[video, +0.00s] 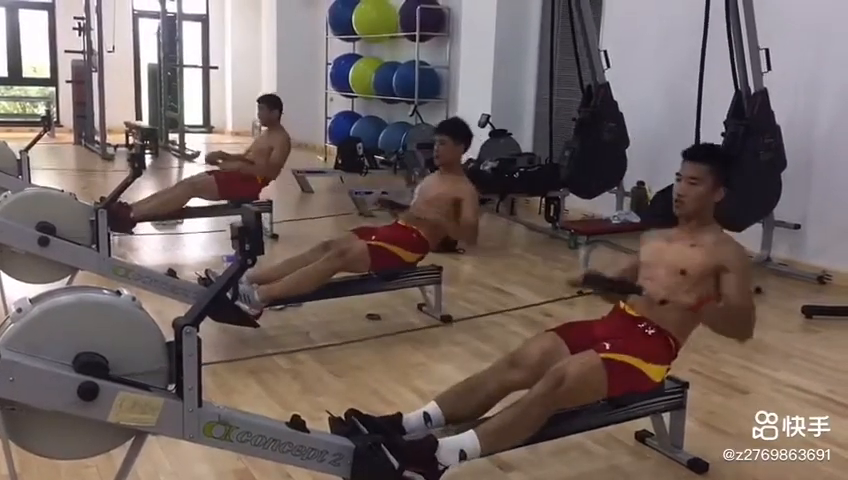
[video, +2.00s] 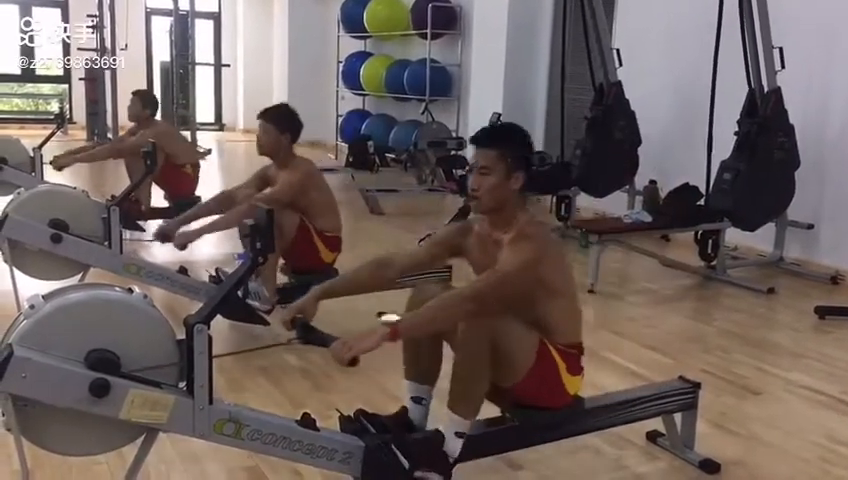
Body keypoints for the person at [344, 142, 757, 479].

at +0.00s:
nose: (681, 189)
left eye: (693, 183)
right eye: (680, 180)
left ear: (718, 193)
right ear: (677, 184)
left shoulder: (729, 252)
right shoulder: (658, 234)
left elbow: (743, 327)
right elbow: (633, 279)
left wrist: (697, 301)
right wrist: (601, 276)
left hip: (651, 347)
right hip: (612, 325)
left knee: (557, 381)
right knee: (518, 362)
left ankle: (444, 456)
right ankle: (405, 428)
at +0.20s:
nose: (657, 180)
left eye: (669, 173)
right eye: (656, 170)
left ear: (697, 182)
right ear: (653, 173)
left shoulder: (702, 236)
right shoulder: (632, 230)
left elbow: (700, 315)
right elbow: (585, 279)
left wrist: (638, 314)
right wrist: (548, 290)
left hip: (649, 347)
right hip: (604, 330)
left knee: (557, 388)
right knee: (514, 370)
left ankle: (438, 461)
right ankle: (406, 429)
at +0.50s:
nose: (632, 179)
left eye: (644, 171)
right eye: (631, 169)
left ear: (674, 177)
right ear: (629, 172)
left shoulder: (684, 238)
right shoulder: (614, 229)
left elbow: (645, 312)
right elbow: (555, 269)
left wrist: (584, 331)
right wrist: (504, 298)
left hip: (649, 348)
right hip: (607, 332)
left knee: (557, 394)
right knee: (515, 374)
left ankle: (444, 462)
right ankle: (407, 430)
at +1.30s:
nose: (591, 178)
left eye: (603, 168)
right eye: (590, 167)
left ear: (635, 177)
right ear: (586, 169)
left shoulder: (648, 234)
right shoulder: (580, 224)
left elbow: (595, 295)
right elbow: (509, 264)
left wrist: (525, 329)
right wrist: (450, 292)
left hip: (637, 354)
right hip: (591, 329)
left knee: (542, 358)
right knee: (499, 342)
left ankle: (449, 456)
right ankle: (414, 428)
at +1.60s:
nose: (551, 177)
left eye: (563, 168)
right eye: (550, 166)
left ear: (593, 175)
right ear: (547, 167)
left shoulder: (608, 236)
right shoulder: (542, 225)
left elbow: (552, 291)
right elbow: (468, 260)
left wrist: (477, 323)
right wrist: (406, 287)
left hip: (608, 362)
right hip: (568, 344)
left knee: (519, 337)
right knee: (472, 316)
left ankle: (449, 452)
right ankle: (414, 425)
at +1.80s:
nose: (519, 178)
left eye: (532, 169)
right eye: (518, 167)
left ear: (563, 176)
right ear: (514, 167)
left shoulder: (576, 237)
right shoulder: (512, 226)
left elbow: (518, 294)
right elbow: (439, 261)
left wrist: (436, 327)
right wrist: (371, 286)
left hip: (585, 368)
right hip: (544, 349)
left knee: (502, 331)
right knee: (452, 309)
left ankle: (447, 453)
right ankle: (415, 425)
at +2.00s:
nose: (472, 183)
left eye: (485, 173)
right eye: (472, 171)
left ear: (517, 180)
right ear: (470, 173)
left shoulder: (533, 243)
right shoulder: (468, 232)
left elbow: (475, 301)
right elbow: (392, 267)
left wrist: (385, 331)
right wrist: (317, 294)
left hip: (553, 382)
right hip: (505, 372)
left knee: (475, 318)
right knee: (427, 298)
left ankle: (446, 451)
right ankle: (414, 421)